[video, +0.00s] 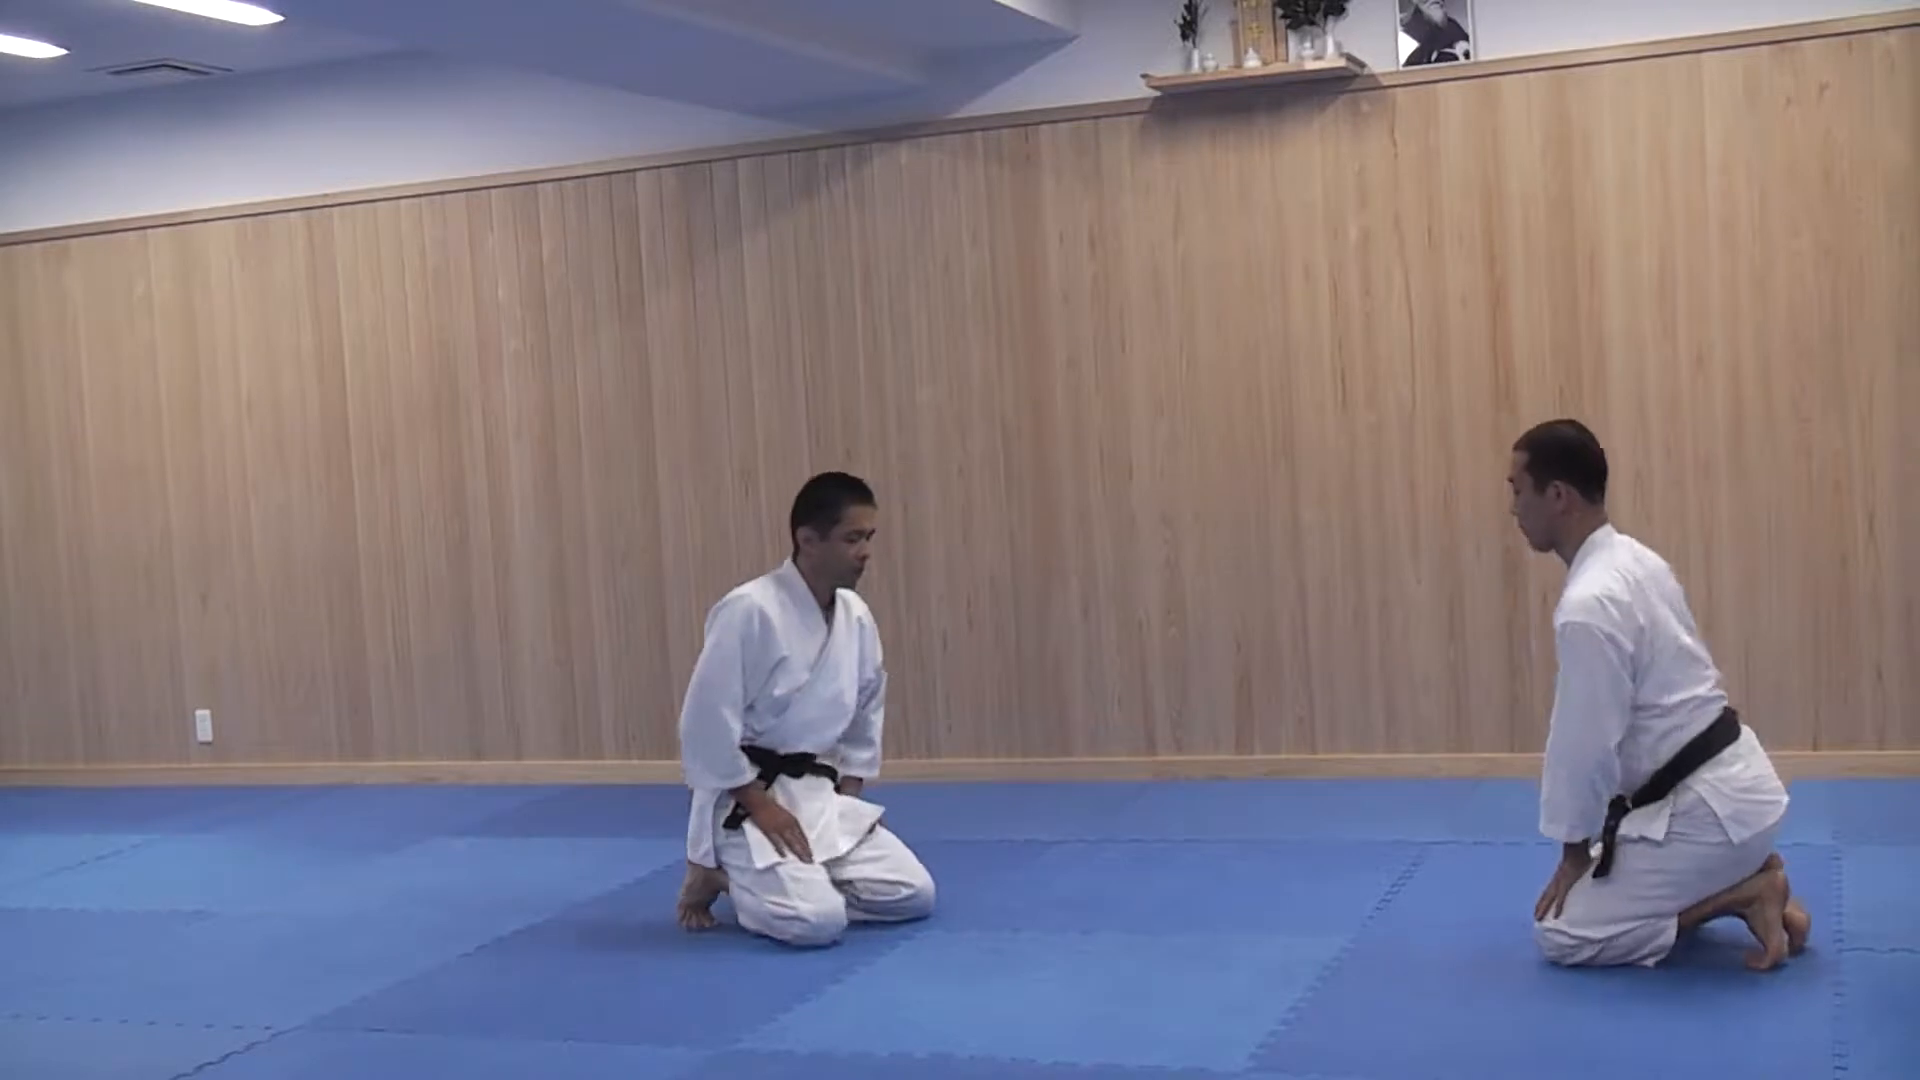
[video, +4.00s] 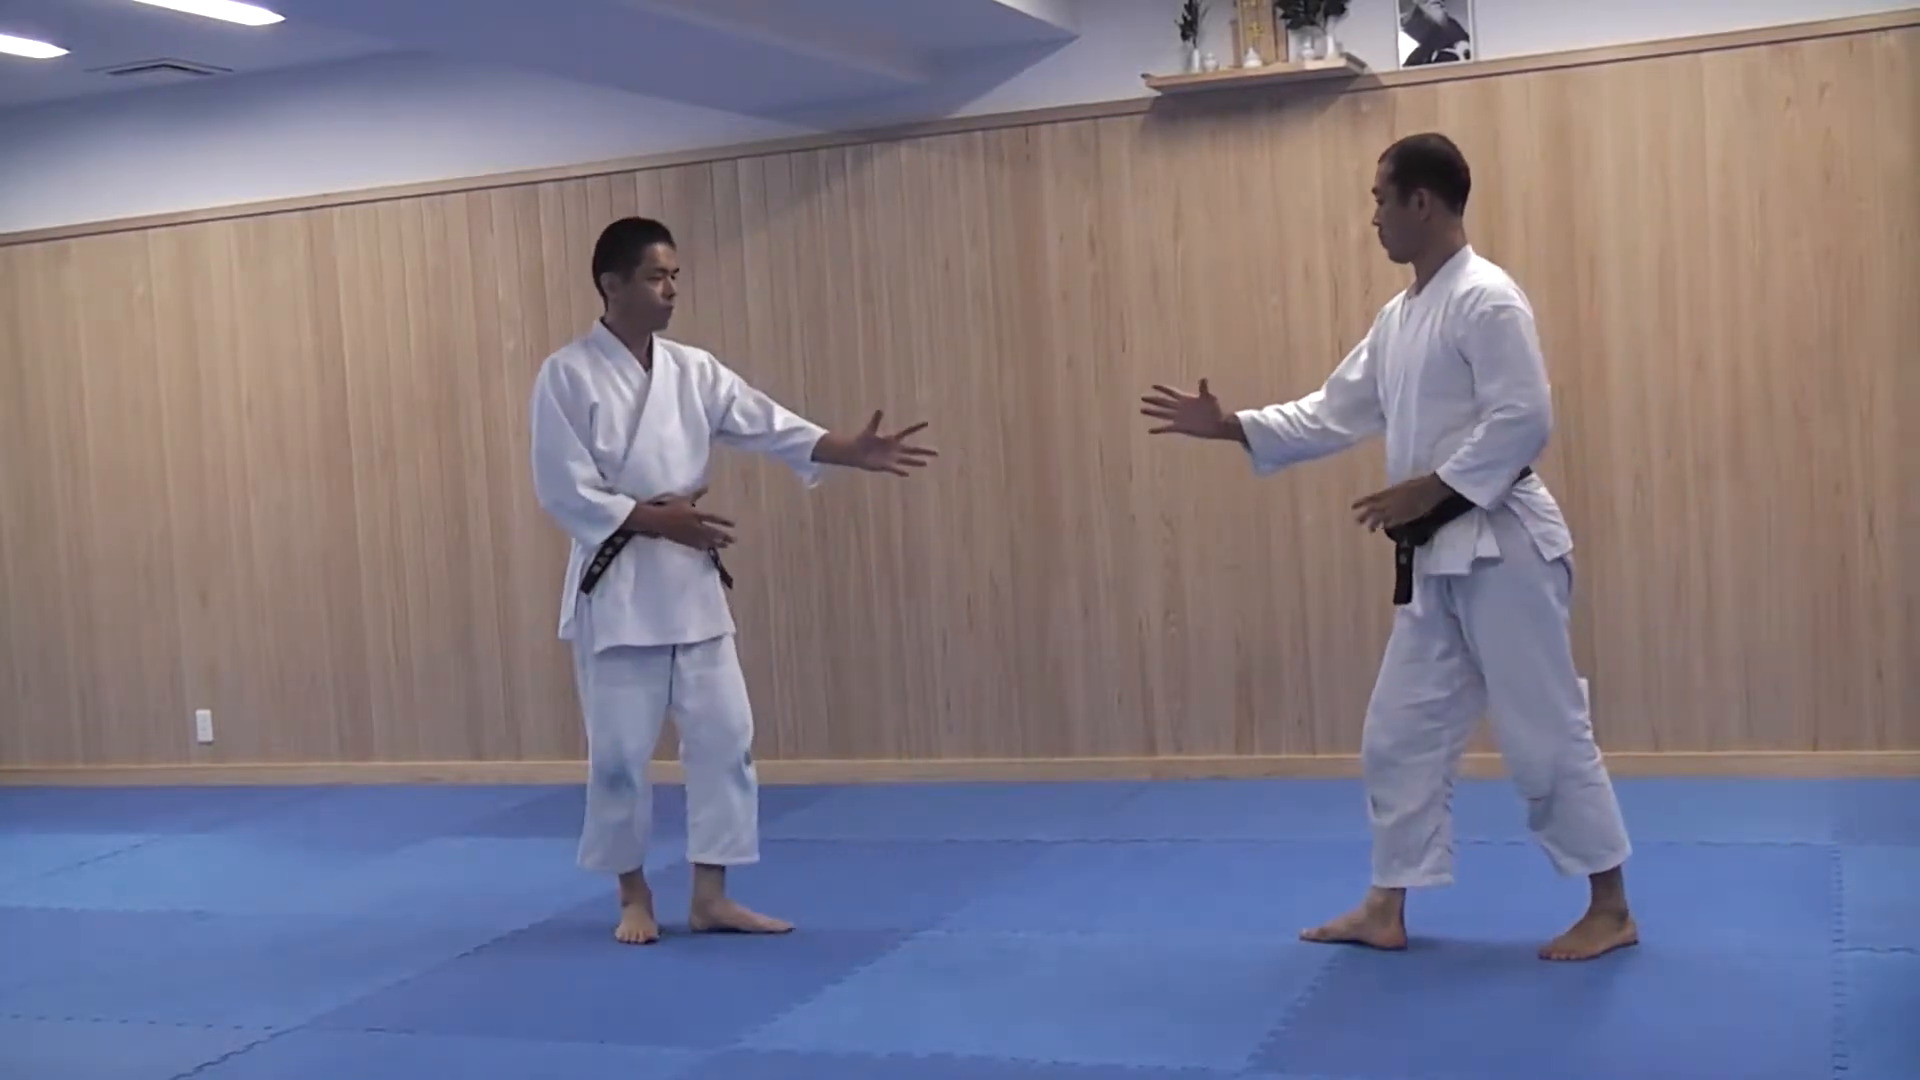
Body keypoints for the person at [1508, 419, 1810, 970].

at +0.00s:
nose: (1513, 508)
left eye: (1517, 491)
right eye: (1513, 491)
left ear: (1558, 496)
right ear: (1562, 496)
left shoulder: (1590, 603)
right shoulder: (1634, 560)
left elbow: (1585, 742)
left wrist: (1573, 853)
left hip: (1710, 814)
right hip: (1736, 791)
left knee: (1565, 938)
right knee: (1578, 910)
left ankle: (1741, 892)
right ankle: (1747, 882)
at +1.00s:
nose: (1619, 427)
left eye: (1626, 410)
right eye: (1620, 410)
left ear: (1669, 416)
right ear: (1681, 417)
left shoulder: (1668, 516)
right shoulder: (1747, 505)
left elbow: (1652, 659)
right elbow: (1761, 642)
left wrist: (1586, 761)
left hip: (1718, 740)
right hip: (1784, 737)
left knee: (1551, 838)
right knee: (1684, 897)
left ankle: (1730, 870)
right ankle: (1796, 884)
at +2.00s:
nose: (1500, 250)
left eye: (1508, 233)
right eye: (1501, 233)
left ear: (1548, 237)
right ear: (1575, 238)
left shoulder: (1552, 341)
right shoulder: (1649, 309)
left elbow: (1543, 481)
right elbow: (1695, 429)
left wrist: (1538, 600)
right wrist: (1623, 524)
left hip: (1644, 552)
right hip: (1720, 536)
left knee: (1550, 718)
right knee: (1735, 737)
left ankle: (1563, 905)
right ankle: (1847, 909)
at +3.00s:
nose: (1508, 200)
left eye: (1519, 183)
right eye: (1508, 185)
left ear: (1566, 187)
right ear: (1560, 189)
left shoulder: (1613, 289)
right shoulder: (1551, 296)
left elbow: (1654, 409)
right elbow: (1528, 424)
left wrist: (1571, 478)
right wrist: (1462, 490)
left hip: (1608, 547)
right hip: (1552, 548)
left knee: (1579, 734)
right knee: (1501, 723)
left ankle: (1610, 915)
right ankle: (1547, 890)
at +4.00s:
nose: (1373, 217)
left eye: (1382, 200)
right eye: (1374, 201)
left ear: (1426, 204)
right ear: (1421, 205)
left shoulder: (1490, 301)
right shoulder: (1397, 319)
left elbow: (1523, 418)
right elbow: (1334, 411)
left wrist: (1433, 488)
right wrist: (1231, 424)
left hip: (1507, 545)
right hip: (1437, 552)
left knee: (1548, 733)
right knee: (1399, 736)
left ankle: (1611, 909)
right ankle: (1385, 909)